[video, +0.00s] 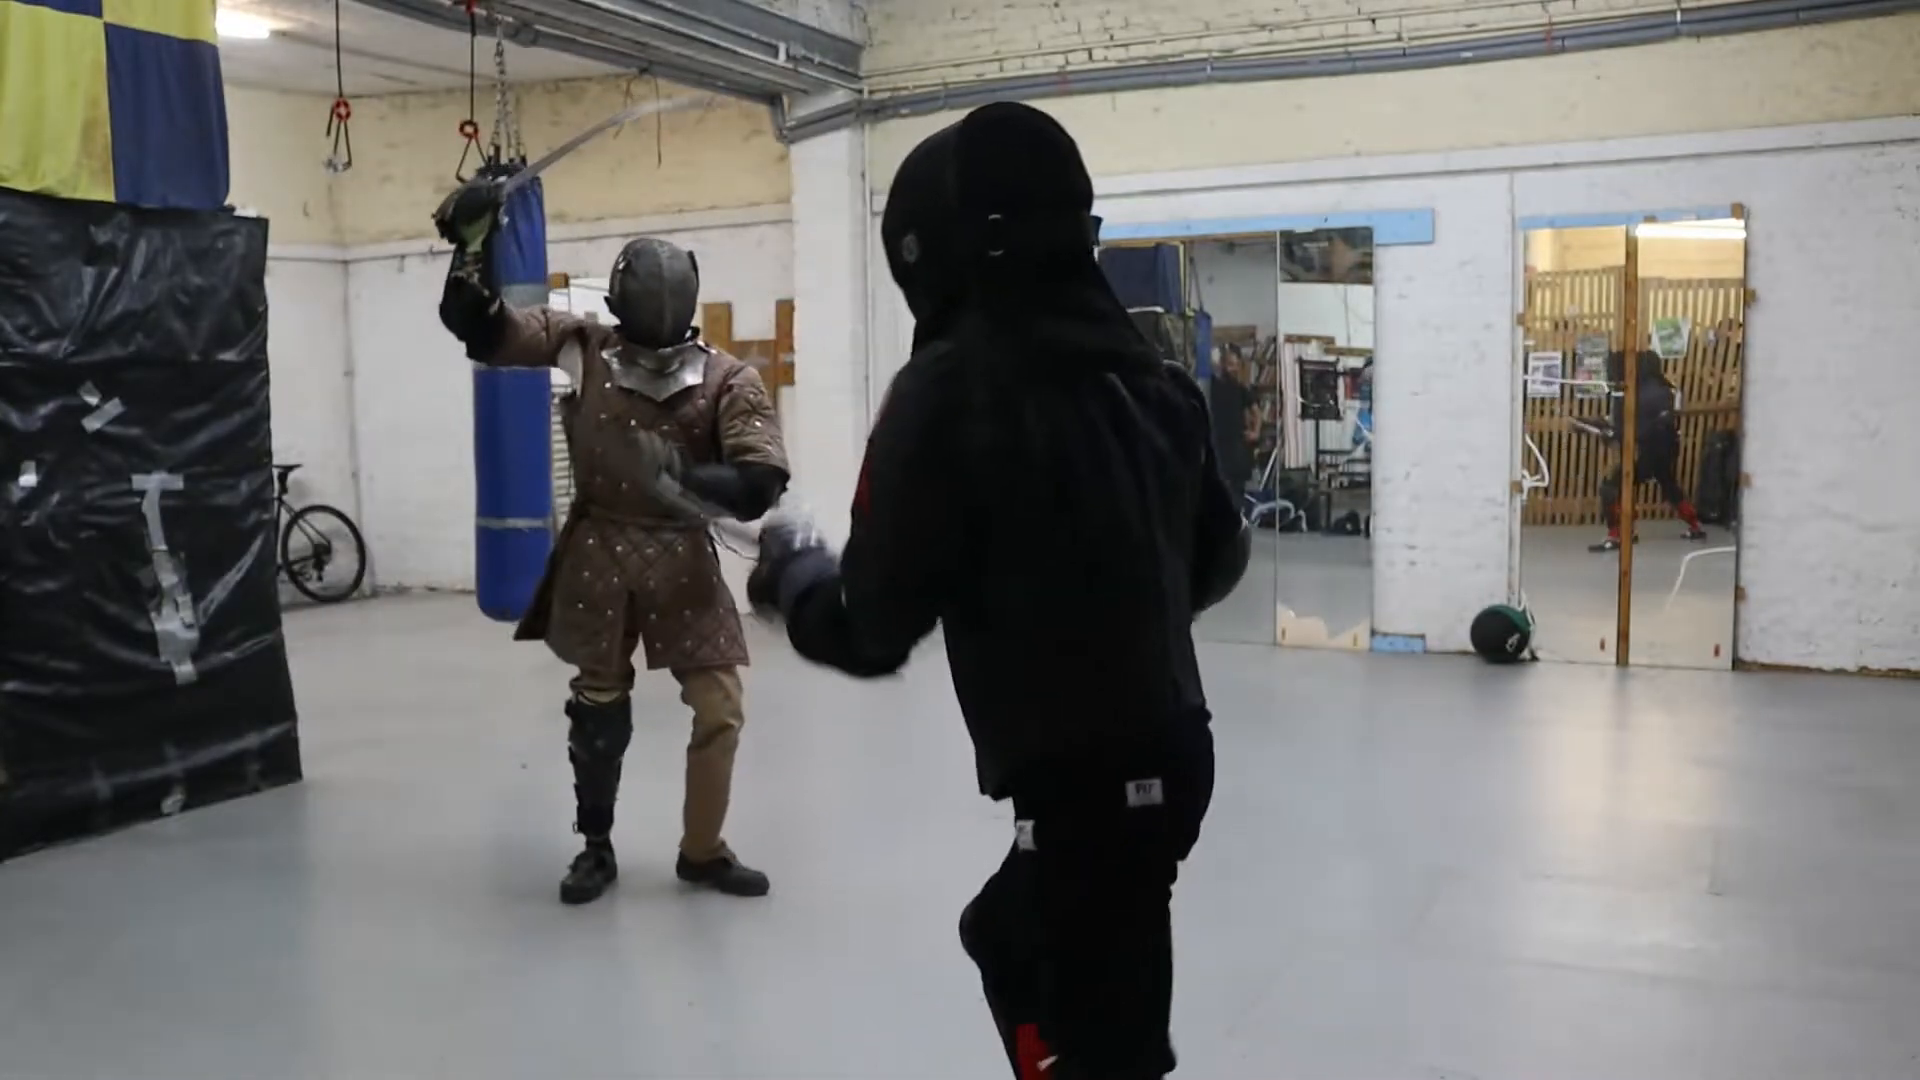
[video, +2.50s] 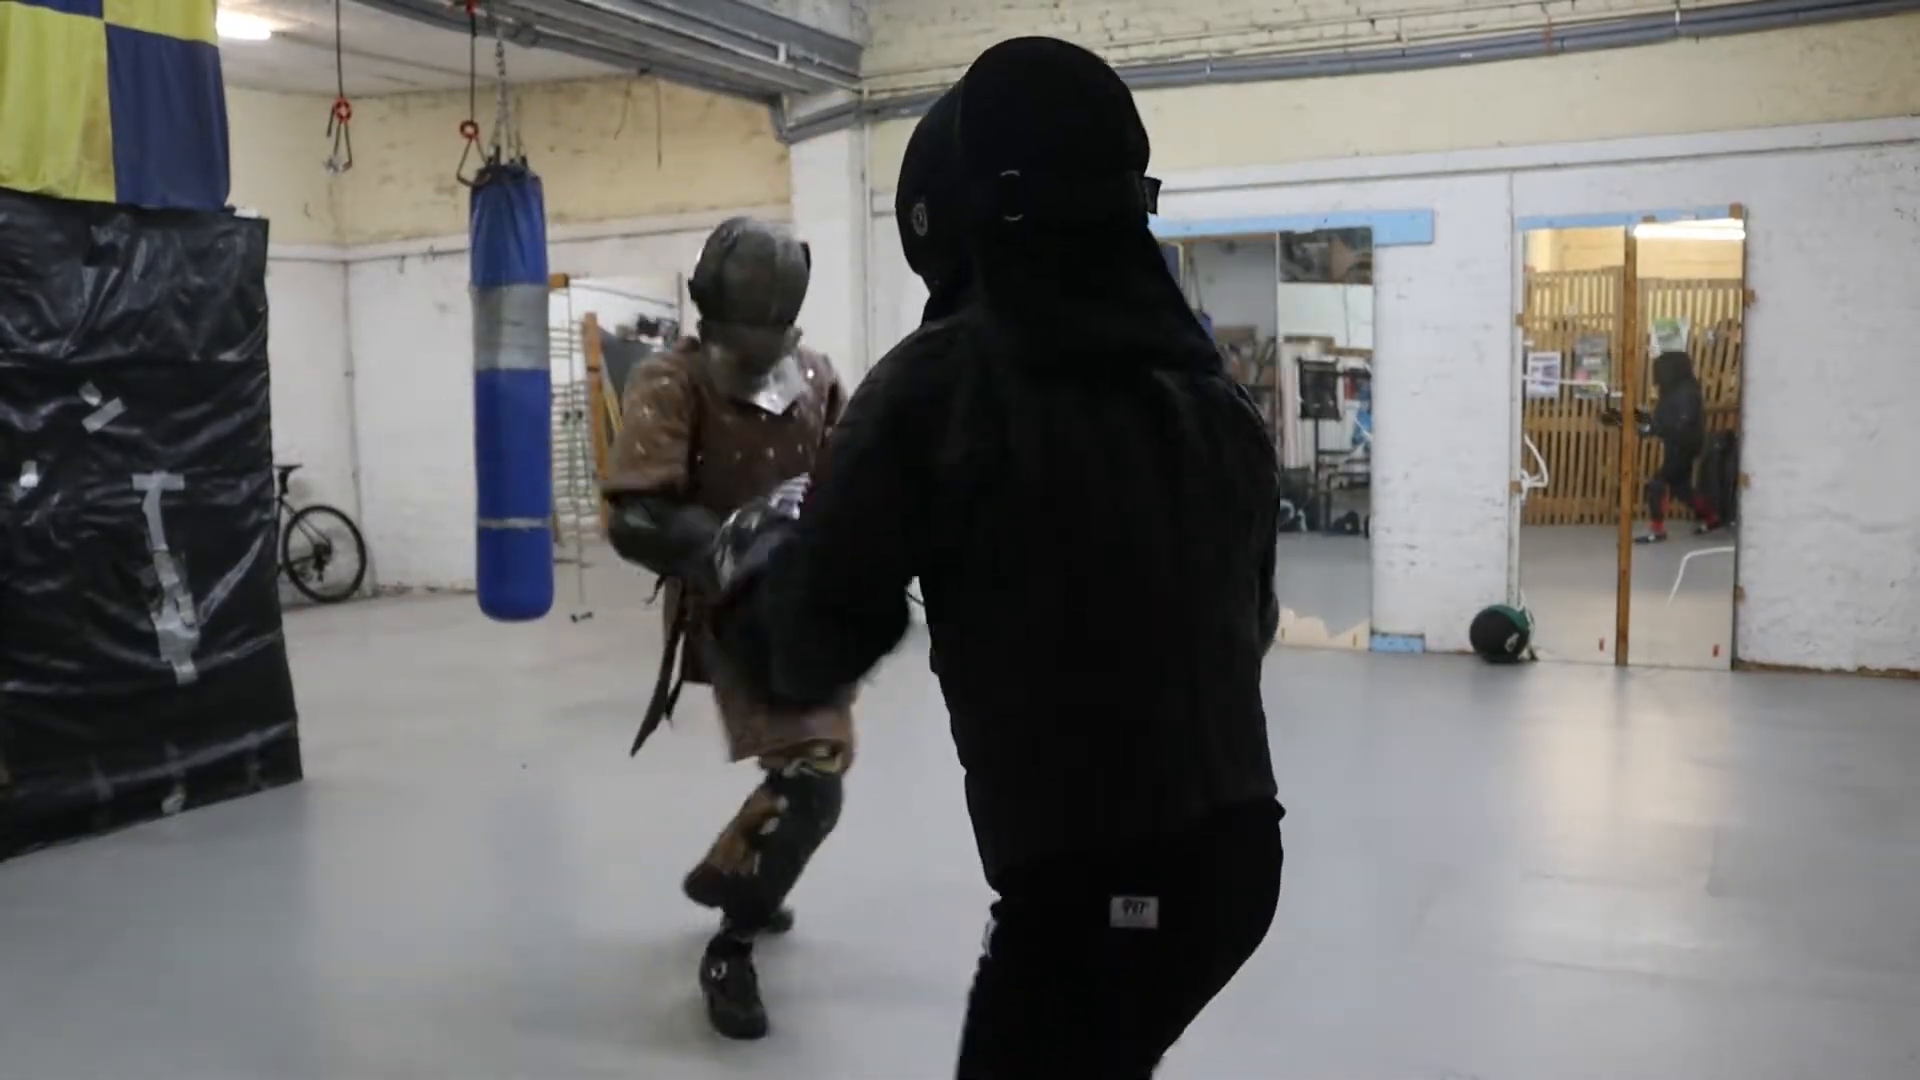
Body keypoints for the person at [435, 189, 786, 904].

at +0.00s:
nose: (650, 350)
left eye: (665, 339)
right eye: (637, 337)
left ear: (688, 318)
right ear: (617, 314)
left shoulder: (727, 381)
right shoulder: (581, 345)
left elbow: (762, 483)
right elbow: (483, 331)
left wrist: (686, 478)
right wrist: (468, 250)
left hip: (684, 558)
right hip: (599, 552)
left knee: (722, 710)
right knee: (599, 712)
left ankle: (702, 851)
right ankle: (595, 849)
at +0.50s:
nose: (689, 356)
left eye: (701, 341)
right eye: (676, 340)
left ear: (722, 324)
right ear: (651, 319)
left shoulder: (745, 377)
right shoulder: (617, 371)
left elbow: (810, 458)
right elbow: (536, 406)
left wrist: (745, 421)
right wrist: (536, 324)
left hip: (726, 554)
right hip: (655, 554)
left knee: (751, 713)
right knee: (697, 708)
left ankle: (710, 845)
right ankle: (668, 875)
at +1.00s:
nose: (707, 359)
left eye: (716, 344)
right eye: (692, 345)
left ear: (732, 342)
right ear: (662, 345)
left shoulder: (739, 402)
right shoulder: (637, 425)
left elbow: (792, 462)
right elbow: (672, 550)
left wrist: (775, 467)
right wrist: (771, 609)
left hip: (733, 592)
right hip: (669, 599)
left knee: (780, 726)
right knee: (718, 733)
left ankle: (721, 851)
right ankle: (675, 905)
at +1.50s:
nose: (716, 353)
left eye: (728, 336)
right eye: (701, 336)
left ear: (741, 325)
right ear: (668, 327)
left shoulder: (746, 388)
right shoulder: (634, 379)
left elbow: (804, 478)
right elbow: (665, 470)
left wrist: (768, 488)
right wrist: (745, 473)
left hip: (730, 578)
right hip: (664, 583)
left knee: (756, 726)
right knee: (717, 741)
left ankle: (715, 847)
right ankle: (670, 908)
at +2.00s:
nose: (784, 371)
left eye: (782, 356)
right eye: (771, 355)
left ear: (685, 353)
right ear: (737, 351)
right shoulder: (727, 430)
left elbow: (602, 516)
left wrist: (637, 585)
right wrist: (828, 579)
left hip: (721, 612)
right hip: (686, 624)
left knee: (813, 745)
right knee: (774, 785)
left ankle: (756, 876)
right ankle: (682, 969)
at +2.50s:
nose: (765, 344)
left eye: (778, 326)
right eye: (748, 327)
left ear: (796, 315)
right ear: (710, 312)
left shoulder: (817, 381)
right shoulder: (670, 382)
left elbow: (848, 480)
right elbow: (634, 515)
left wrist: (836, 537)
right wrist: (725, 544)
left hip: (807, 596)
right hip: (727, 609)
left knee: (813, 767)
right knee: (813, 782)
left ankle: (734, 876)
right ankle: (732, 951)